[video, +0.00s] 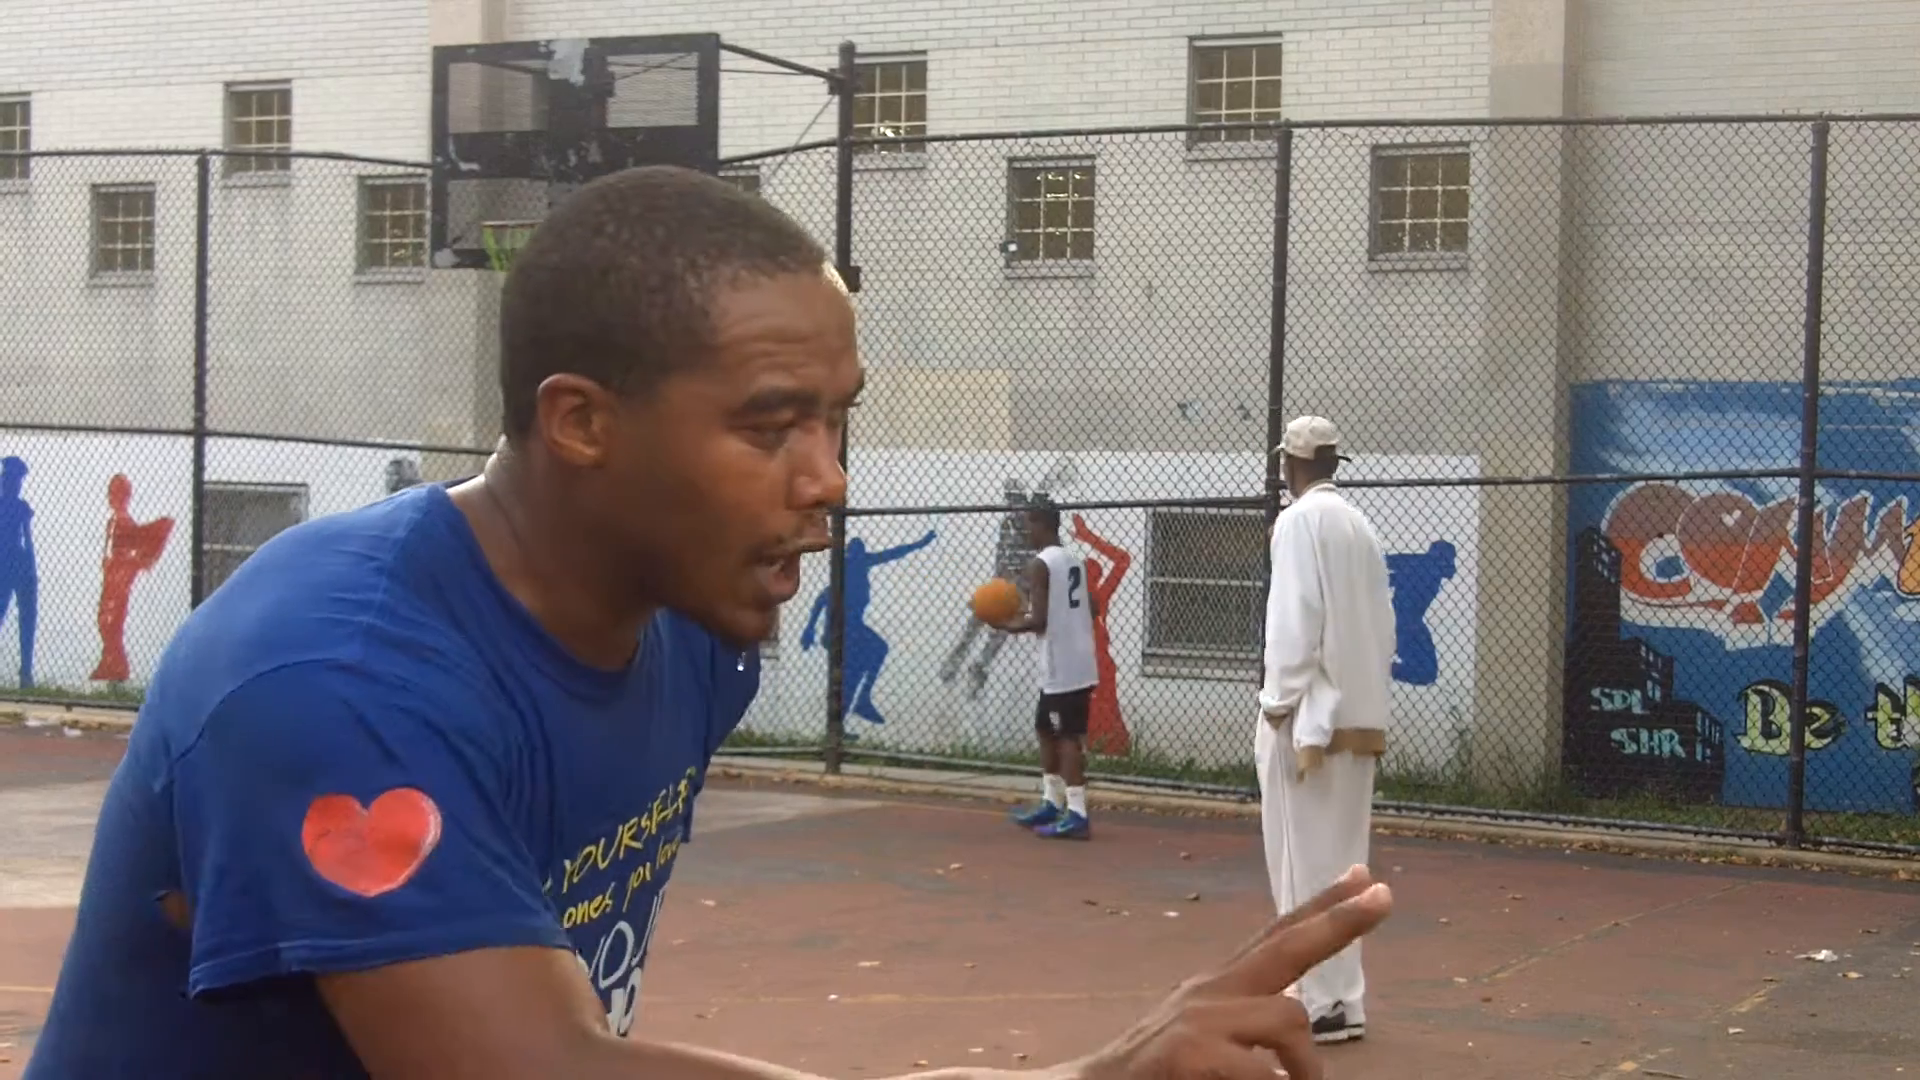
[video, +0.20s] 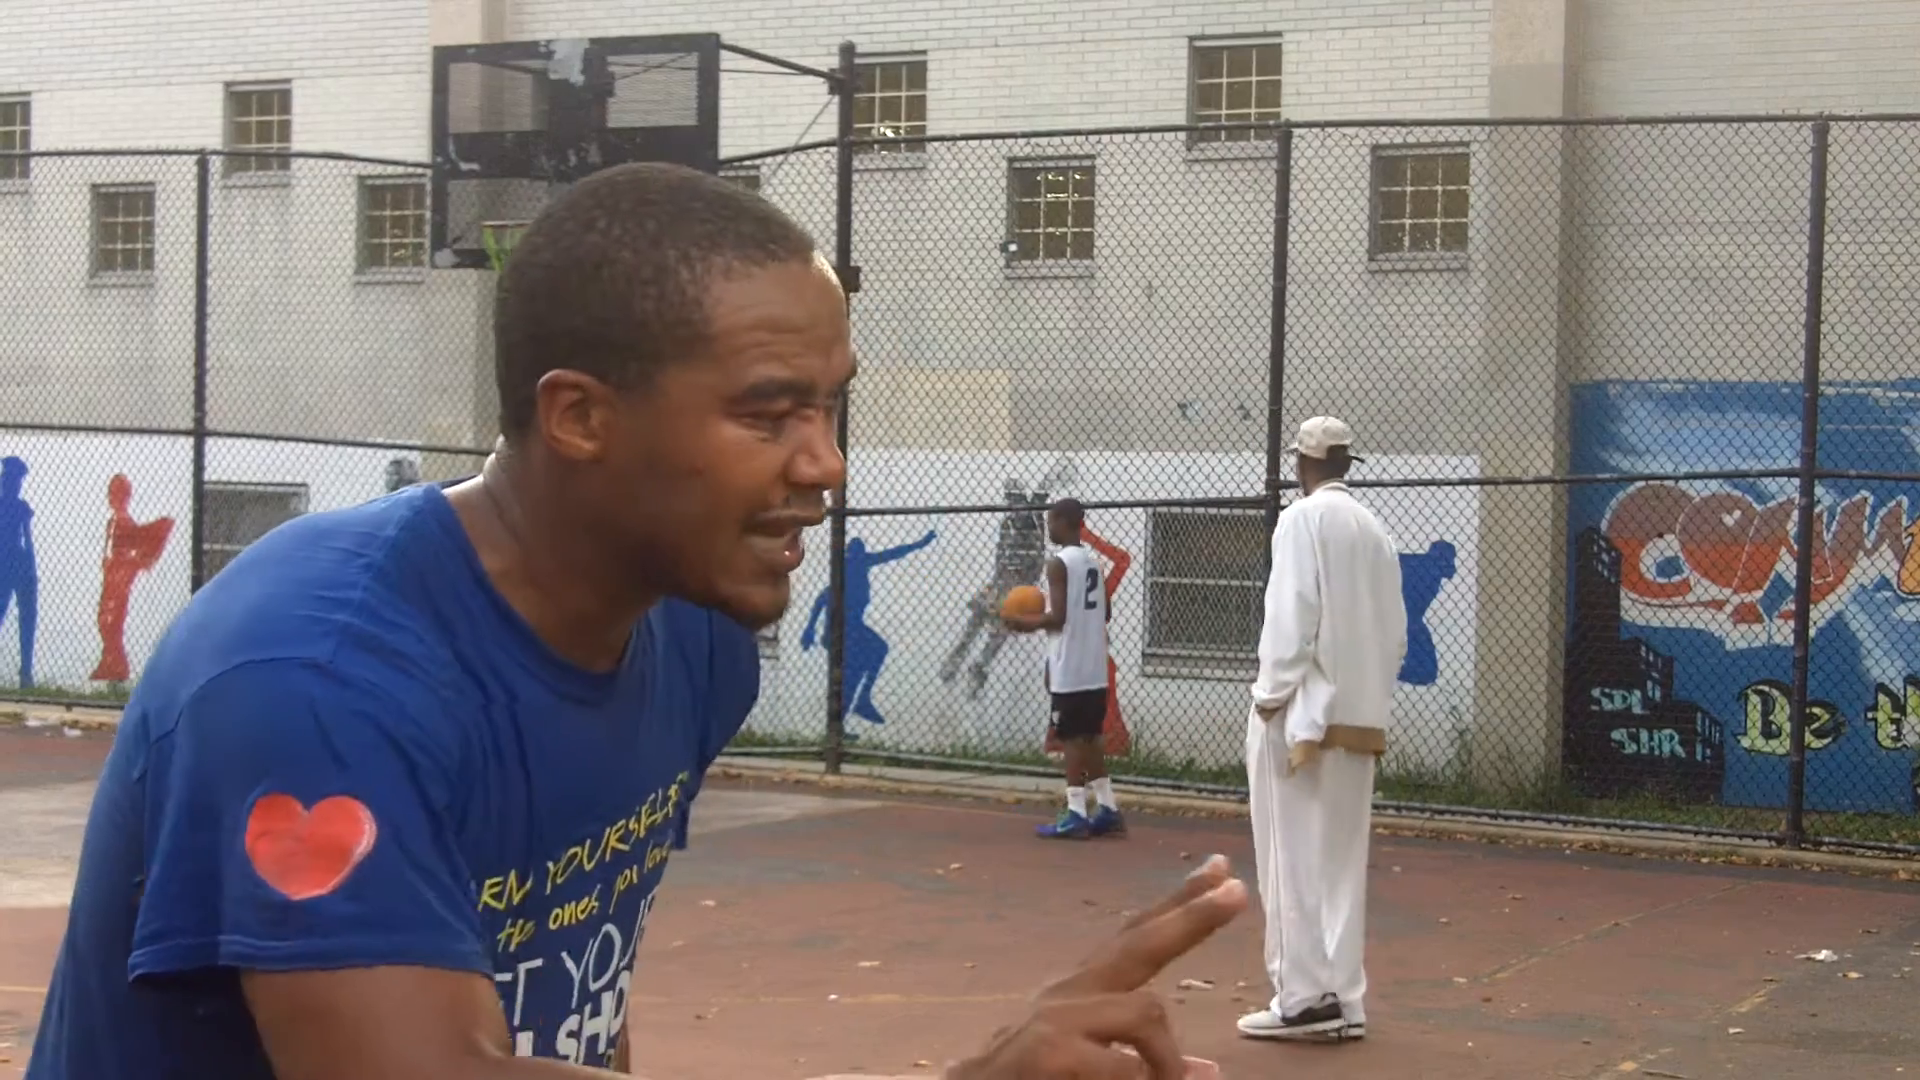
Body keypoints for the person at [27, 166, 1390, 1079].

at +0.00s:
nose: (832, 488)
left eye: (839, 424)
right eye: (775, 425)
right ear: (577, 428)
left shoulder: (697, 625)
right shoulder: (328, 686)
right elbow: (544, 1055)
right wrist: (1098, 1070)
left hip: (479, 1048)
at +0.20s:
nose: (825, 469)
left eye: (831, 412)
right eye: (769, 411)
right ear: (575, 418)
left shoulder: (700, 640)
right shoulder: (307, 681)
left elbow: (556, 981)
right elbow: (428, 1067)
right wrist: (971, 1075)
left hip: (537, 1043)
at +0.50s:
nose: (677, 486)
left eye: (727, 425)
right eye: (612, 415)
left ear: (755, 427)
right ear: (467, 393)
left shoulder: (685, 632)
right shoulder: (246, 698)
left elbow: (572, 989)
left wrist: (597, 1065)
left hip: (534, 1053)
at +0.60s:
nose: (652, 552)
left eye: (709, 484)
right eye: (593, 471)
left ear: (744, 470)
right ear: (450, 431)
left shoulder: (670, 650)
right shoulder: (210, 736)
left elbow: (544, 983)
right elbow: (162, 1050)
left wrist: (579, 1070)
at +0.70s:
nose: (629, 652)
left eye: (687, 583)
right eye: (567, 571)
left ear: (725, 550)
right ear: (428, 498)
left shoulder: (664, 684)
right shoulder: (163, 796)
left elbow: (538, 989)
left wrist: (548, 1064)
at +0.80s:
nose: (611, 722)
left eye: (670, 653)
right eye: (549, 645)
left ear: (706, 611)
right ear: (402, 557)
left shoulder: (646, 716)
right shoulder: (131, 862)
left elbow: (514, 1006)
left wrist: (515, 1072)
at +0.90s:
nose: (613, 768)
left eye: (664, 694)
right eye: (545, 697)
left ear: (696, 642)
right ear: (382, 607)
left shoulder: (611, 756)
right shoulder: (105, 899)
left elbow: (478, 1013)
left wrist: (479, 1069)